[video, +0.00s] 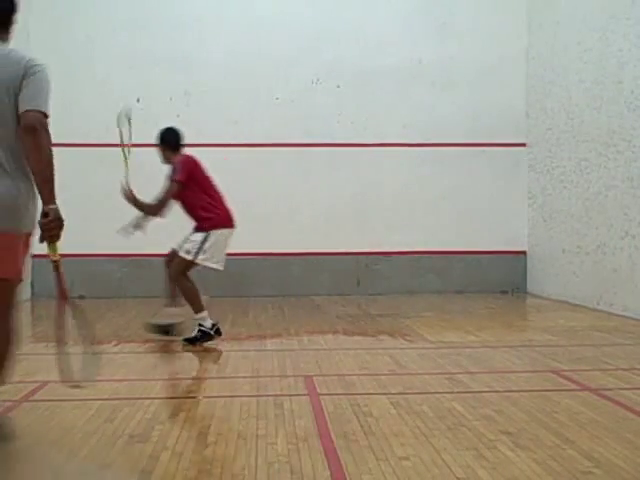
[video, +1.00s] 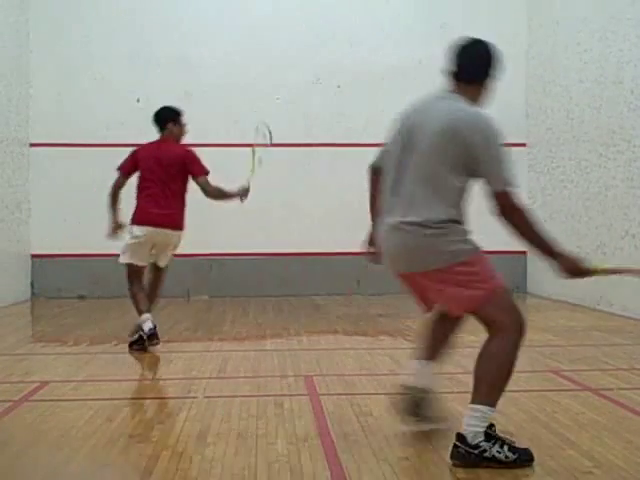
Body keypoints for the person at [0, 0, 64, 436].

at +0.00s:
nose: (12, 22)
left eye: (8, 16)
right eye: (13, 15)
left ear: (3, 21)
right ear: (11, 19)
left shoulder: (24, 68)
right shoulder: (24, 67)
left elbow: (31, 127)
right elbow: (32, 125)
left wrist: (47, 203)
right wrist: (49, 203)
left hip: (13, 213)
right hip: (10, 211)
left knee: (7, 313)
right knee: (4, 312)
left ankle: (2, 413)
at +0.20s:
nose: (75, 46)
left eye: (69, 38)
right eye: (74, 39)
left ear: (33, 38)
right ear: (69, 42)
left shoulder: (9, 79)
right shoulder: (70, 93)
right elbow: (83, 168)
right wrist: (116, 239)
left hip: (2, 223)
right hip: (38, 227)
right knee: (105, 312)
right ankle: (136, 417)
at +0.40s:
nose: (173, 49)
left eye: (163, 40)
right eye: (174, 42)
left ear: (137, 41)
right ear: (174, 45)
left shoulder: (106, 85)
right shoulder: (171, 91)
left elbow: (77, 151)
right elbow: (190, 155)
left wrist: (128, 164)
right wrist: (232, 223)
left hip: (79, 217)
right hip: (135, 220)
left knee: (40, 319)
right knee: (181, 317)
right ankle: (173, 432)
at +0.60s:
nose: (272, 14)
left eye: (266, 9)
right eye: (273, 9)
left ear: (233, 11)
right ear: (269, 11)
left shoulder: (206, 53)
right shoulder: (267, 50)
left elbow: (179, 126)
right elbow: (263, 114)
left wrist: (225, 149)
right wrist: (303, 184)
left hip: (196, 188)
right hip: (243, 189)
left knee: (212, 292)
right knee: (270, 294)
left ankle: (200, 405)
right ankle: (230, 399)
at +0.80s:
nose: (371, 45)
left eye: (364, 36)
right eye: (371, 38)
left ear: (333, 38)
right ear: (367, 40)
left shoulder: (312, 84)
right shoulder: (360, 84)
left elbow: (300, 159)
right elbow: (361, 155)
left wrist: (335, 203)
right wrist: (416, 227)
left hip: (302, 225)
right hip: (346, 227)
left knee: (308, 322)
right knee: (414, 311)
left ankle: (244, 410)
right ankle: (450, 424)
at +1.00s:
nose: (488, 84)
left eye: (483, 75)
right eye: (489, 77)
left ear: (453, 72)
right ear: (486, 78)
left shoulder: (417, 111)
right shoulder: (477, 124)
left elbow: (377, 170)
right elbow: (506, 206)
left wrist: (376, 228)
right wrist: (560, 257)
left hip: (394, 239)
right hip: (437, 240)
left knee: (452, 306)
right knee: (508, 324)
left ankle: (415, 388)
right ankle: (475, 436)